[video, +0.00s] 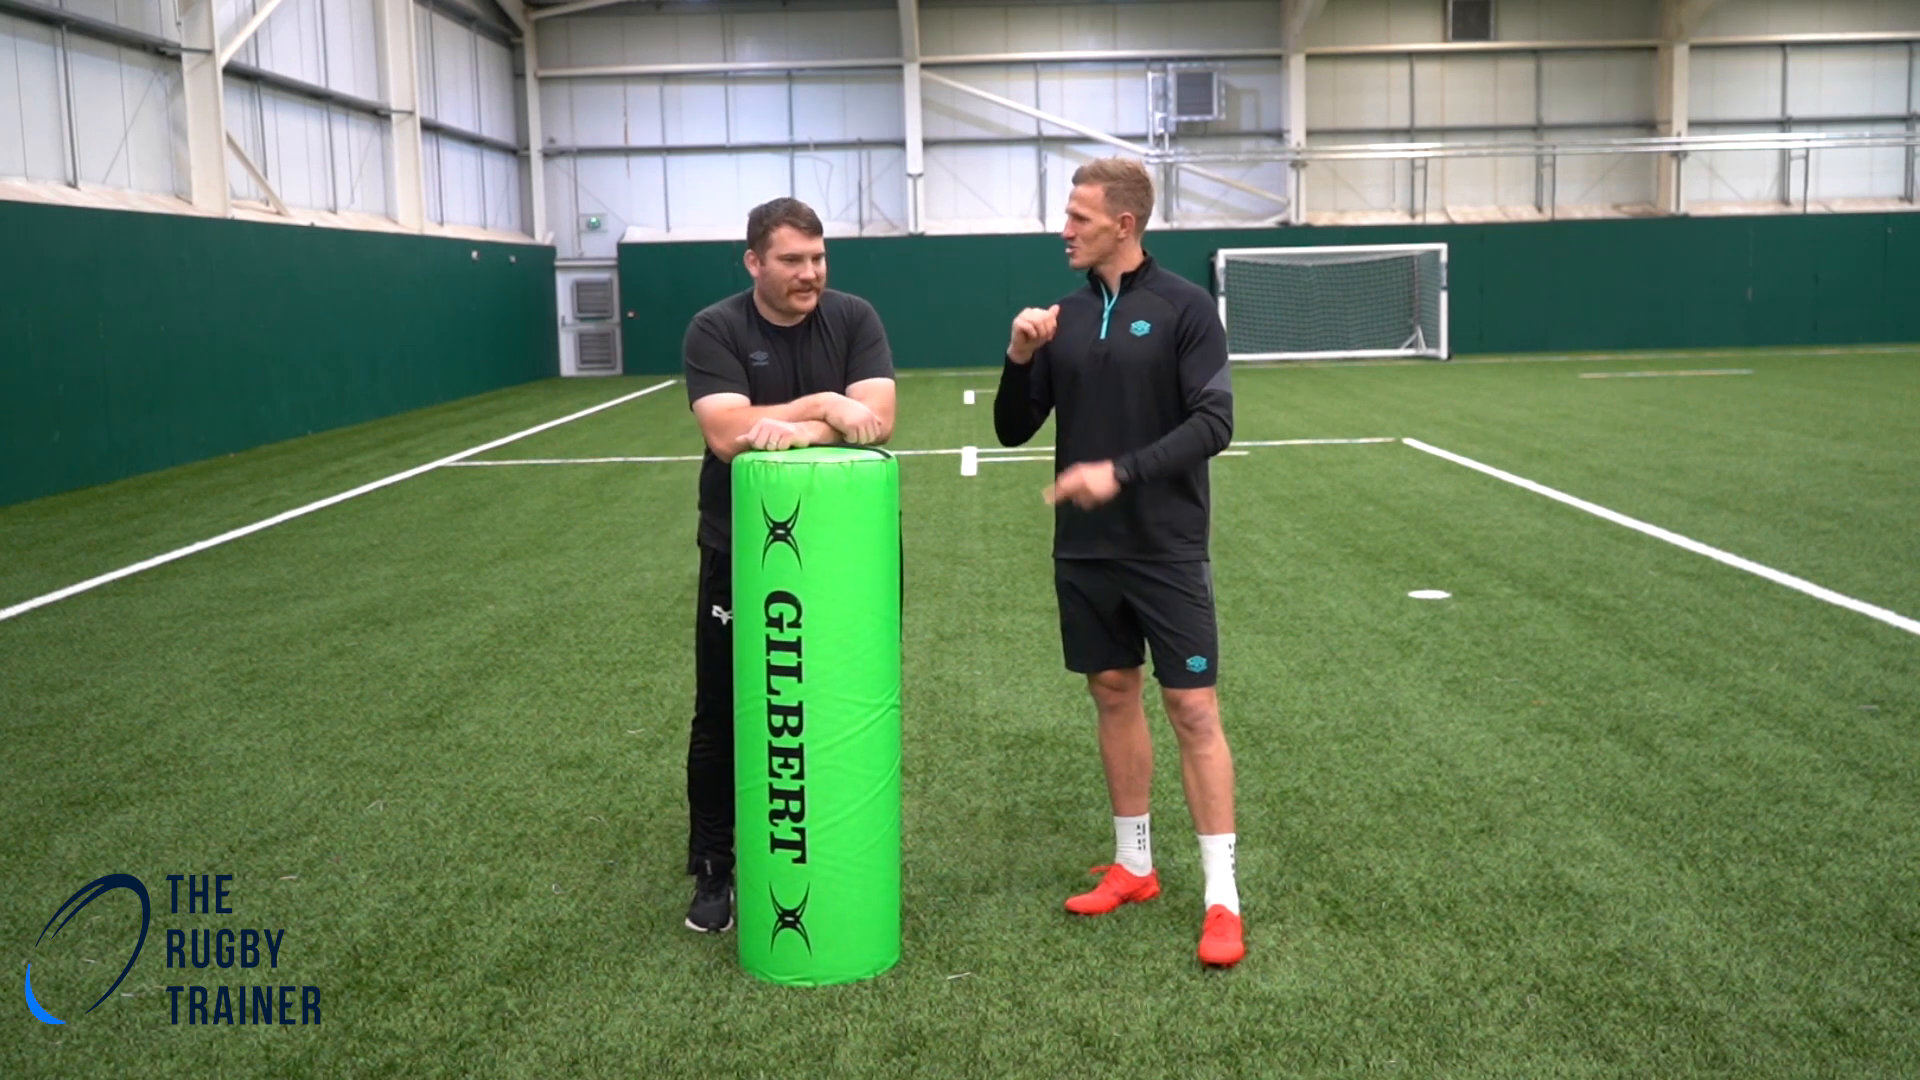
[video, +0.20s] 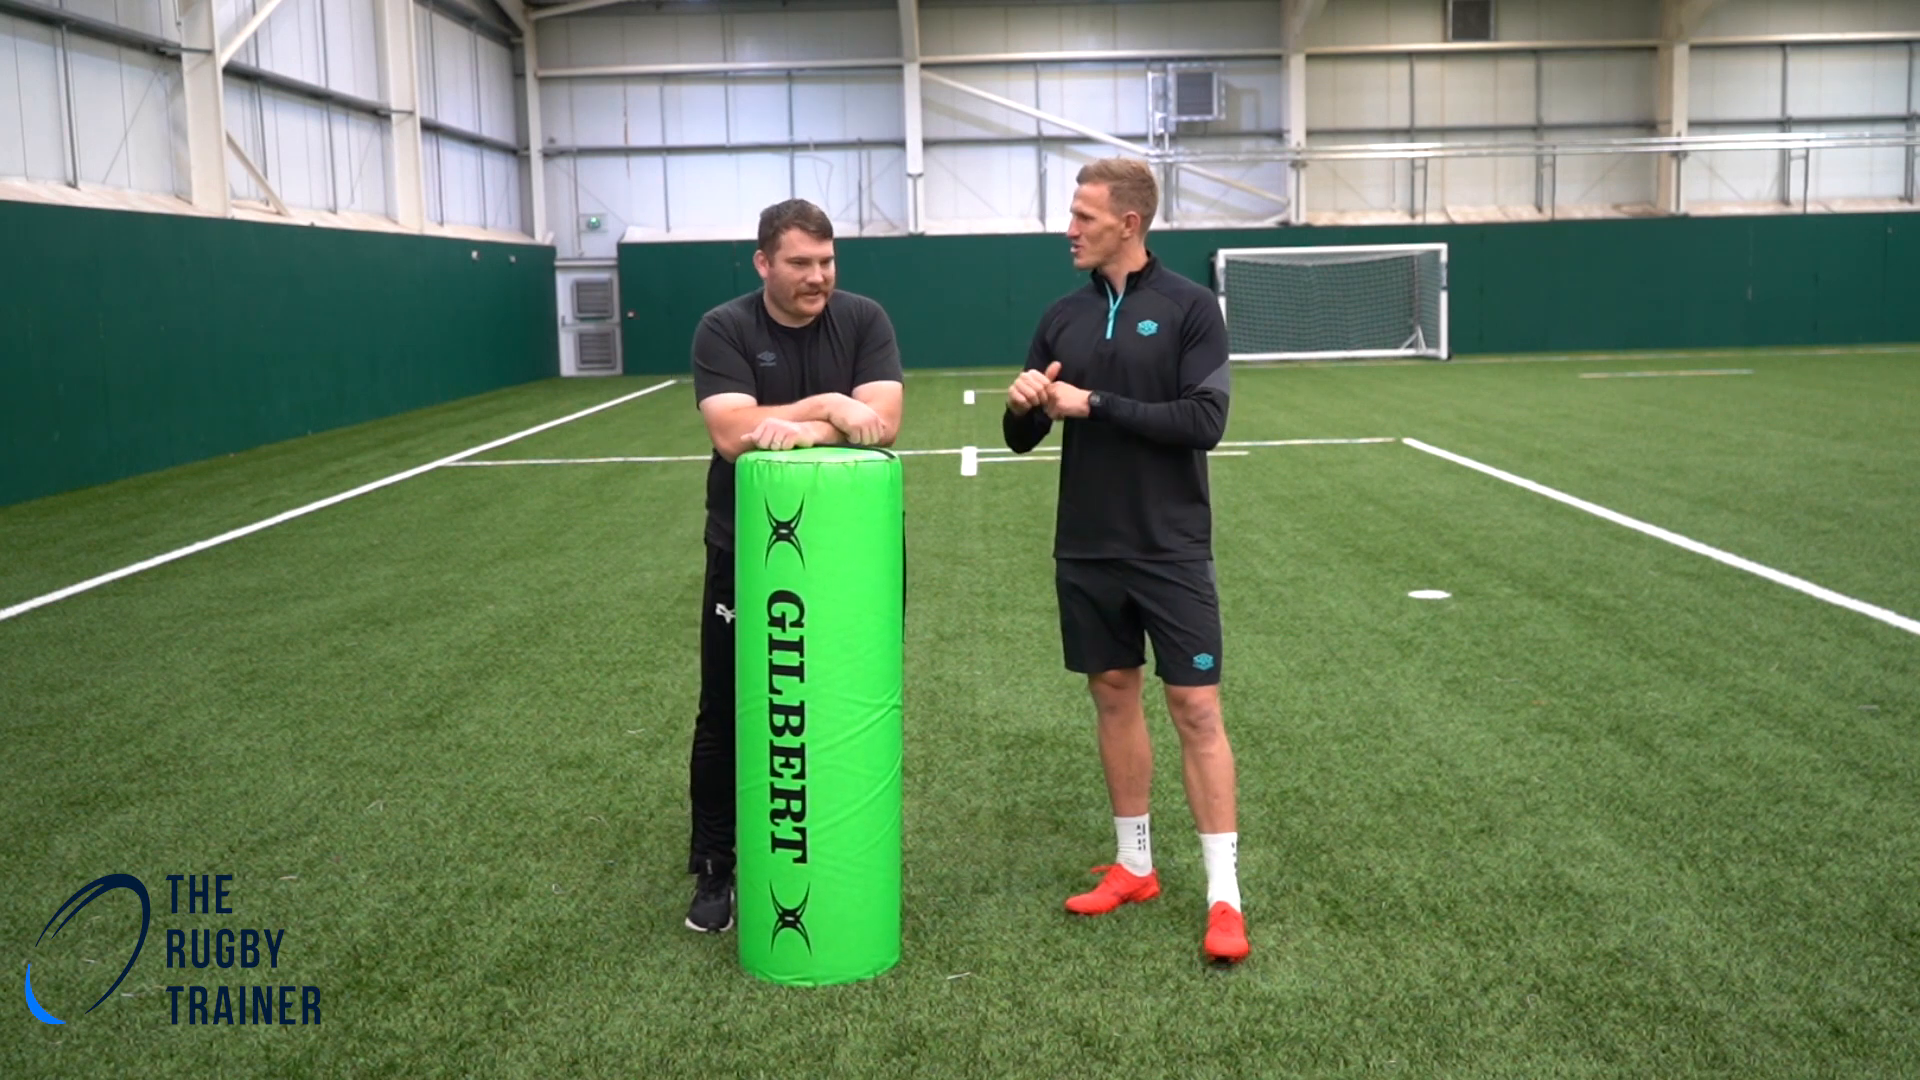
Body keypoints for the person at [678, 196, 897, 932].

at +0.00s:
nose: (808, 273)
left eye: (817, 259)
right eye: (792, 261)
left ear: (827, 258)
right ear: (753, 263)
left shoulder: (854, 318)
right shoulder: (717, 329)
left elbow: (877, 422)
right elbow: (724, 433)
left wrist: (785, 425)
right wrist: (828, 405)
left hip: (836, 553)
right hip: (739, 552)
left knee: (832, 713)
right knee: (723, 714)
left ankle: (830, 873)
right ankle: (715, 870)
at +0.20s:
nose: (816, 276)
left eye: (826, 263)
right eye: (800, 264)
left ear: (836, 261)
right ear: (763, 264)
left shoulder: (864, 319)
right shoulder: (726, 328)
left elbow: (881, 424)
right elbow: (730, 434)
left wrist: (787, 425)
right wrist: (833, 405)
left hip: (840, 555)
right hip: (745, 553)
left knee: (836, 715)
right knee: (728, 713)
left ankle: (830, 877)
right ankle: (716, 870)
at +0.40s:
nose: (822, 277)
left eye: (832, 264)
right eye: (806, 264)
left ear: (843, 263)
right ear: (770, 262)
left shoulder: (868, 321)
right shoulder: (729, 328)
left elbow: (883, 425)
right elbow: (732, 434)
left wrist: (784, 424)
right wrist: (833, 407)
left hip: (843, 554)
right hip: (747, 552)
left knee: (838, 715)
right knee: (728, 712)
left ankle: (832, 877)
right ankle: (717, 870)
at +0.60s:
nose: (823, 276)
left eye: (834, 263)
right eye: (808, 263)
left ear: (845, 264)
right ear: (772, 260)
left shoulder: (867, 322)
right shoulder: (729, 327)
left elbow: (883, 425)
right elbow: (728, 433)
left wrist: (781, 423)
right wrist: (832, 408)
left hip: (840, 554)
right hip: (745, 551)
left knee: (836, 714)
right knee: (728, 712)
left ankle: (832, 877)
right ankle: (716, 870)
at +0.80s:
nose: (819, 274)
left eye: (829, 261)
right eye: (803, 261)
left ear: (841, 263)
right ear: (768, 260)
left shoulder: (863, 321)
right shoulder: (725, 327)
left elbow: (878, 425)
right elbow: (726, 433)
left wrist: (780, 424)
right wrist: (828, 408)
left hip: (838, 554)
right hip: (741, 552)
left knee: (833, 715)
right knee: (725, 714)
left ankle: (829, 877)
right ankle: (716, 871)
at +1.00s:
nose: (812, 273)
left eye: (823, 260)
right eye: (797, 259)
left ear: (833, 261)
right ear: (761, 258)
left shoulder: (856, 320)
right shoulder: (718, 326)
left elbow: (873, 424)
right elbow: (721, 433)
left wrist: (779, 423)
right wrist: (823, 407)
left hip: (831, 554)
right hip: (735, 553)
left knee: (828, 714)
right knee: (721, 714)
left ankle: (827, 875)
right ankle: (715, 871)